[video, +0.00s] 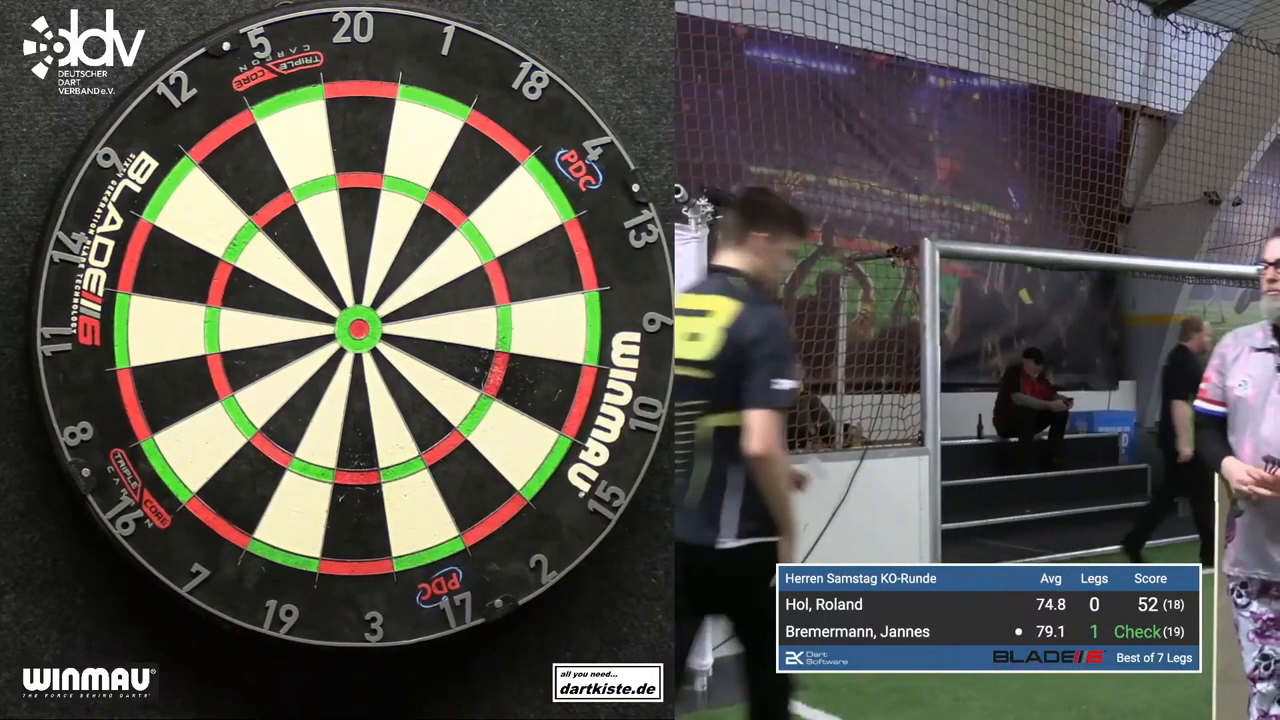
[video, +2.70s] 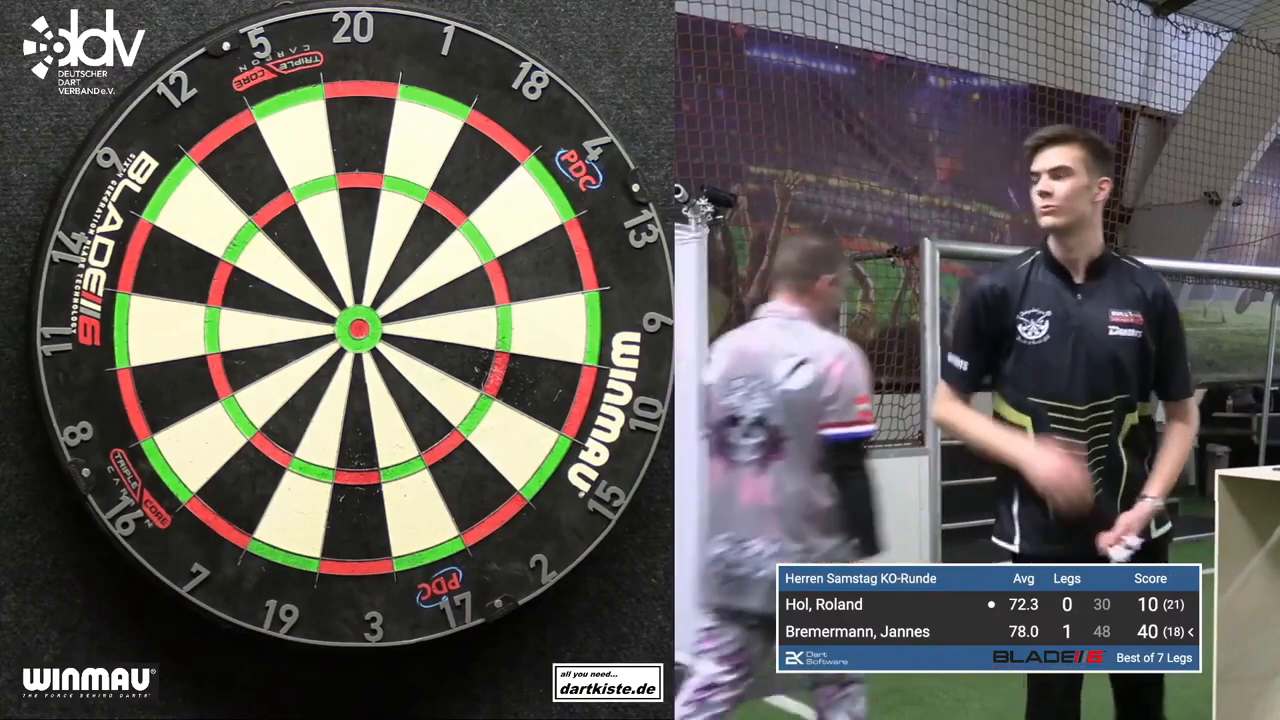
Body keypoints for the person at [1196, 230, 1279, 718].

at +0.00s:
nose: (1271, 276)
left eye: (1279, 265)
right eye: (1267, 266)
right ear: (1261, 274)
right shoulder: (1236, 347)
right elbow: (1208, 428)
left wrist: (1275, 479)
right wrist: (1229, 466)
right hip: (1257, 561)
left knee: (1269, 694)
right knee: (1267, 694)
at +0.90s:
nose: (1228, 270)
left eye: (1244, 260)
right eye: (1224, 260)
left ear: (1277, 269)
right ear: (1218, 268)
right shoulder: (1189, 345)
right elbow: (1157, 427)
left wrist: (1264, 500)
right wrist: (1168, 478)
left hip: (1265, 576)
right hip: (1189, 567)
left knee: (1264, 706)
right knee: (1176, 702)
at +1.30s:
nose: (1210, 269)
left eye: (1227, 260)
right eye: (1205, 260)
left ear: (1264, 274)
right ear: (1196, 270)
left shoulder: (1277, 360)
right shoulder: (1157, 345)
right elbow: (1122, 437)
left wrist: (1279, 515)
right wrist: (1118, 513)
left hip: (1247, 586)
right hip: (1154, 580)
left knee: (1239, 712)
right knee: (1136, 710)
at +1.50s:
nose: (1090, 195)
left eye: (1107, 184)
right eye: (1085, 186)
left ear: (1149, 198)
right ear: (1079, 200)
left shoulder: (1192, 303)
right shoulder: (1048, 295)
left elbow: (1227, 419)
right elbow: (1016, 409)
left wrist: (1181, 506)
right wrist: (1017, 507)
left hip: (1153, 534)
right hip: (1069, 532)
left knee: (1140, 691)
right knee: (1073, 686)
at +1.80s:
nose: (1039, 189)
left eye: (1056, 176)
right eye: (1034, 180)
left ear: (1101, 189)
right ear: (1028, 194)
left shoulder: (1152, 289)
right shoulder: (1005, 297)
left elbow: (1199, 400)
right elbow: (972, 425)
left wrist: (1178, 497)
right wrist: (940, 541)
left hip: (1136, 535)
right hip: (1052, 538)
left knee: (1139, 698)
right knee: (1056, 700)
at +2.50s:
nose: (1012, 186)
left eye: (1030, 172)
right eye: (1008, 176)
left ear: (1074, 186)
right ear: (1004, 190)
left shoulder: (1131, 289)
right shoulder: (979, 299)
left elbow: (1171, 411)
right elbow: (953, 431)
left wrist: (1141, 508)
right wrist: (995, 535)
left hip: (1125, 543)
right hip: (1034, 551)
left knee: (1136, 697)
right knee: (1048, 700)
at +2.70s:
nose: (1042, 188)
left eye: (1059, 175)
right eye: (1035, 179)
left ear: (1102, 189)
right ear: (1028, 193)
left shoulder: (1148, 295)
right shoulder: (996, 293)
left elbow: (1182, 418)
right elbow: (945, 404)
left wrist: (1148, 502)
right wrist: (1031, 454)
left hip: (1132, 537)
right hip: (1040, 538)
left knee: (1142, 695)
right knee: (1052, 696)